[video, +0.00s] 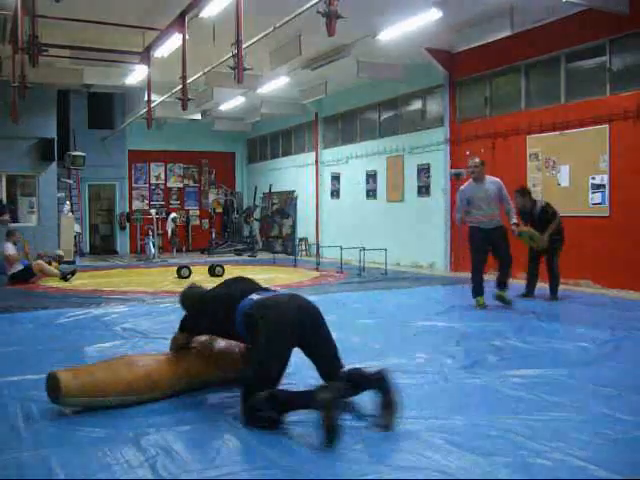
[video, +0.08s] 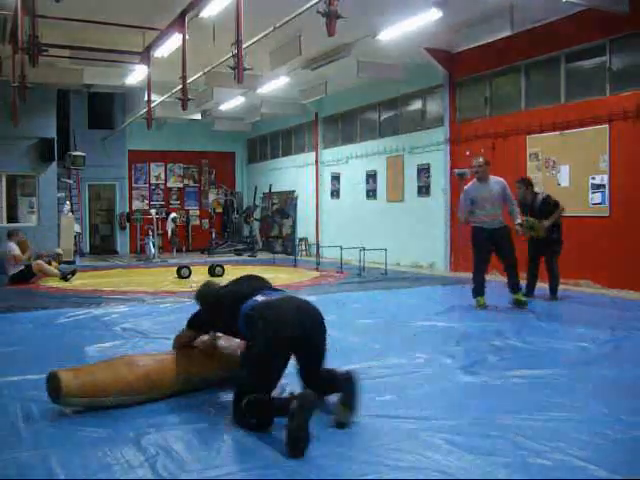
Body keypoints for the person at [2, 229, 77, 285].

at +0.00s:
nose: (19, 238)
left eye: (19, 236)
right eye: (17, 236)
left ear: (13, 237)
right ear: (12, 237)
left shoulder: (13, 246)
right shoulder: (8, 245)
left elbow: (16, 259)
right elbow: (11, 259)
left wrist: (26, 254)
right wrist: (22, 254)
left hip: (20, 272)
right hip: (15, 275)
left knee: (40, 264)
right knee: (39, 264)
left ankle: (62, 274)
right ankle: (62, 276)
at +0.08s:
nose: (21, 238)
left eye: (20, 236)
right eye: (19, 236)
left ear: (13, 237)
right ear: (14, 237)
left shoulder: (13, 245)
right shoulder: (11, 245)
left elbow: (19, 260)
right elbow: (20, 259)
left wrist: (27, 253)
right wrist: (29, 252)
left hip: (19, 272)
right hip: (15, 275)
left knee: (42, 263)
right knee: (39, 264)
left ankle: (63, 274)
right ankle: (62, 276)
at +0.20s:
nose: (21, 238)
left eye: (20, 236)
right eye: (20, 236)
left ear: (10, 237)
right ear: (17, 237)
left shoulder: (4, 246)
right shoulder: (16, 246)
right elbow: (27, 260)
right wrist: (30, 252)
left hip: (12, 276)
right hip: (18, 275)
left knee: (42, 264)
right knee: (39, 264)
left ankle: (63, 274)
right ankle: (62, 275)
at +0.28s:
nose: (23, 239)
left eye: (22, 237)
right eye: (22, 237)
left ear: (11, 237)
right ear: (20, 238)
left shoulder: (4, 247)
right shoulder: (21, 247)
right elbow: (28, 261)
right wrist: (29, 253)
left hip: (11, 277)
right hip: (19, 276)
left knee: (42, 267)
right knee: (40, 265)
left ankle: (63, 274)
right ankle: (62, 275)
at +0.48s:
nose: (20, 239)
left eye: (20, 238)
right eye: (20, 238)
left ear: (9, 237)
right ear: (18, 238)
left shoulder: (3, 246)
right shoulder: (17, 247)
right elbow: (26, 261)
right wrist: (29, 251)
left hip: (9, 277)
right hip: (17, 276)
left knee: (42, 268)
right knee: (40, 265)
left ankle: (63, 274)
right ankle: (62, 275)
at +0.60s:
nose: (18, 239)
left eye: (18, 237)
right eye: (18, 237)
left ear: (8, 237)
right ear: (15, 237)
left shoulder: (5, 246)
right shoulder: (11, 246)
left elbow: (19, 261)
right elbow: (21, 261)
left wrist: (27, 254)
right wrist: (28, 253)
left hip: (12, 276)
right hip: (14, 276)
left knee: (41, 267)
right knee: (39, 265)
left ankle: (63, 274)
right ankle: (62, 275)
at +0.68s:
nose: (17, 239)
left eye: (18, 237)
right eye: (15, 237)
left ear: (16, 238)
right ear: (9, 237)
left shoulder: (12, 247)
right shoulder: (7, 247)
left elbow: (16, 261)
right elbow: (12, 262)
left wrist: (25, 254)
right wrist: (22, 254)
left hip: (19, 274)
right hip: (14, 276)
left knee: (41, 265)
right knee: (39, 265)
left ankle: (63, 274)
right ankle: (62, 276)